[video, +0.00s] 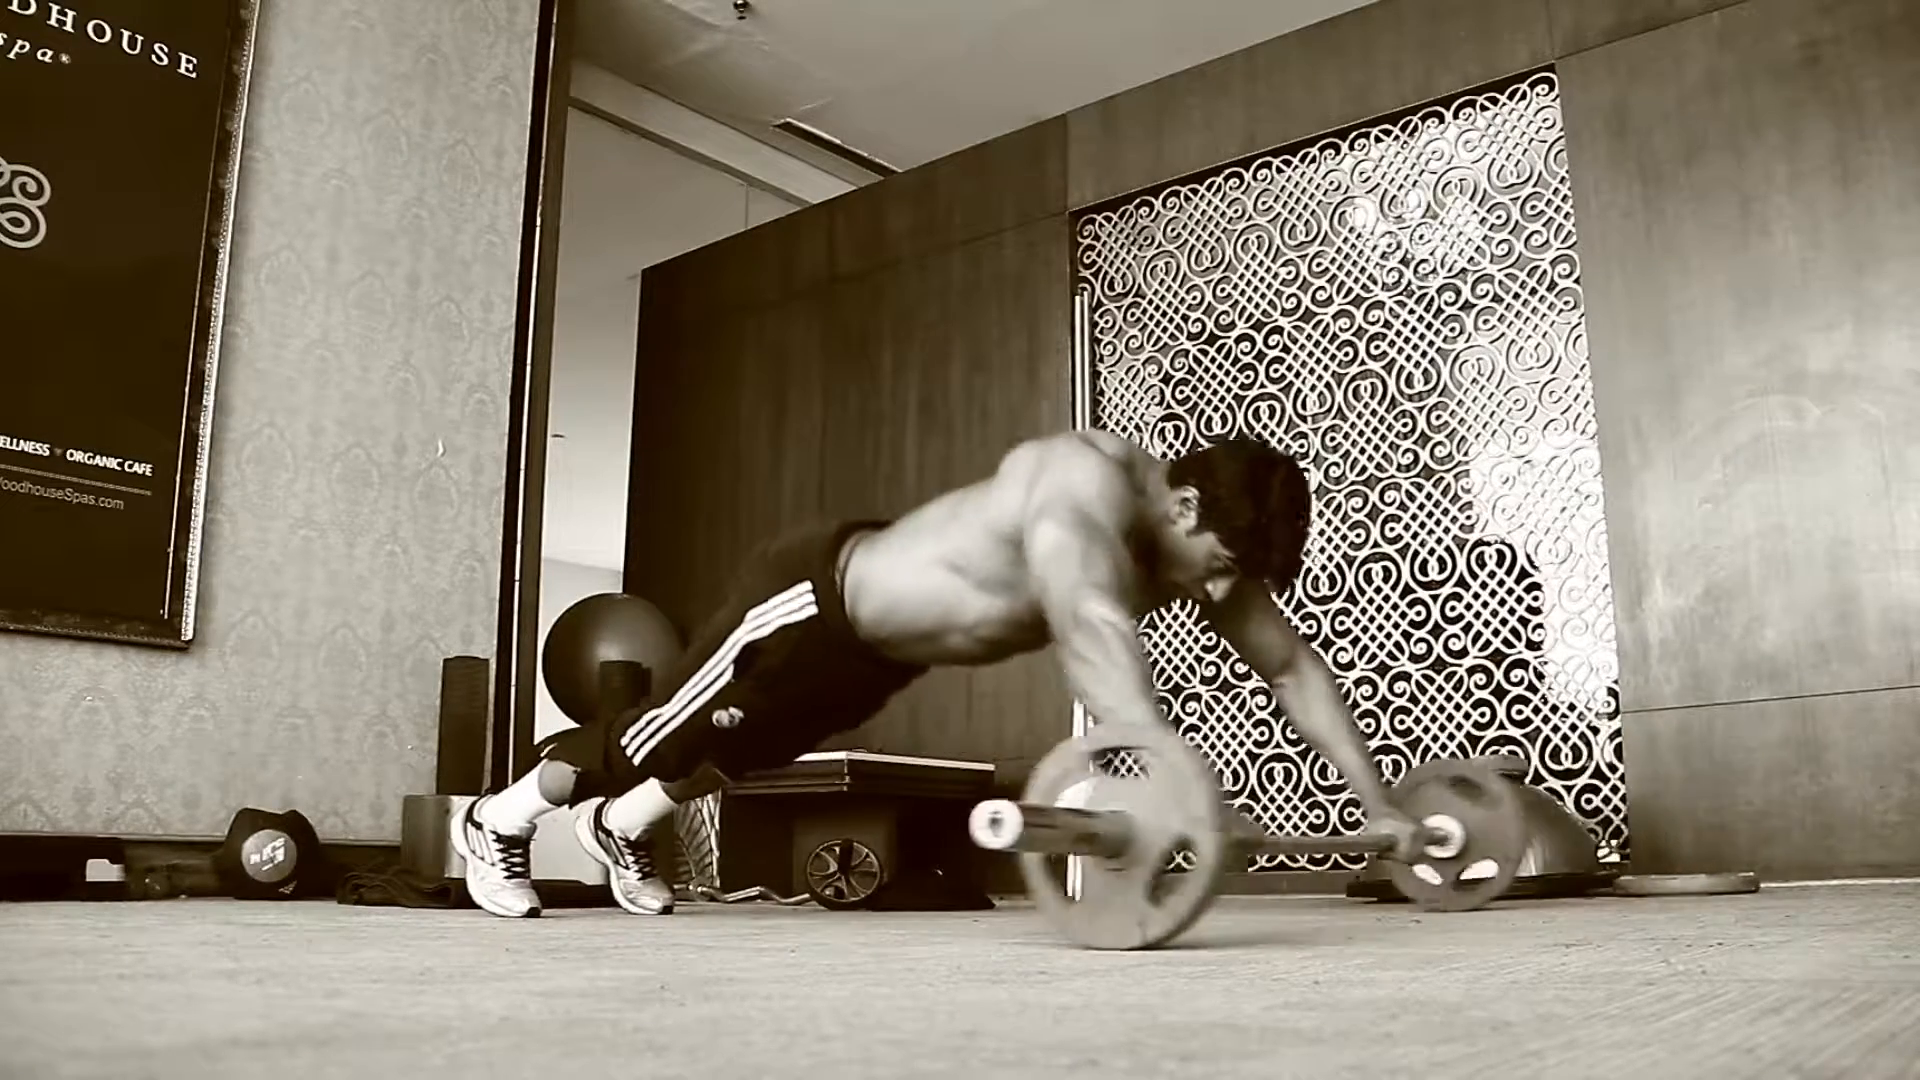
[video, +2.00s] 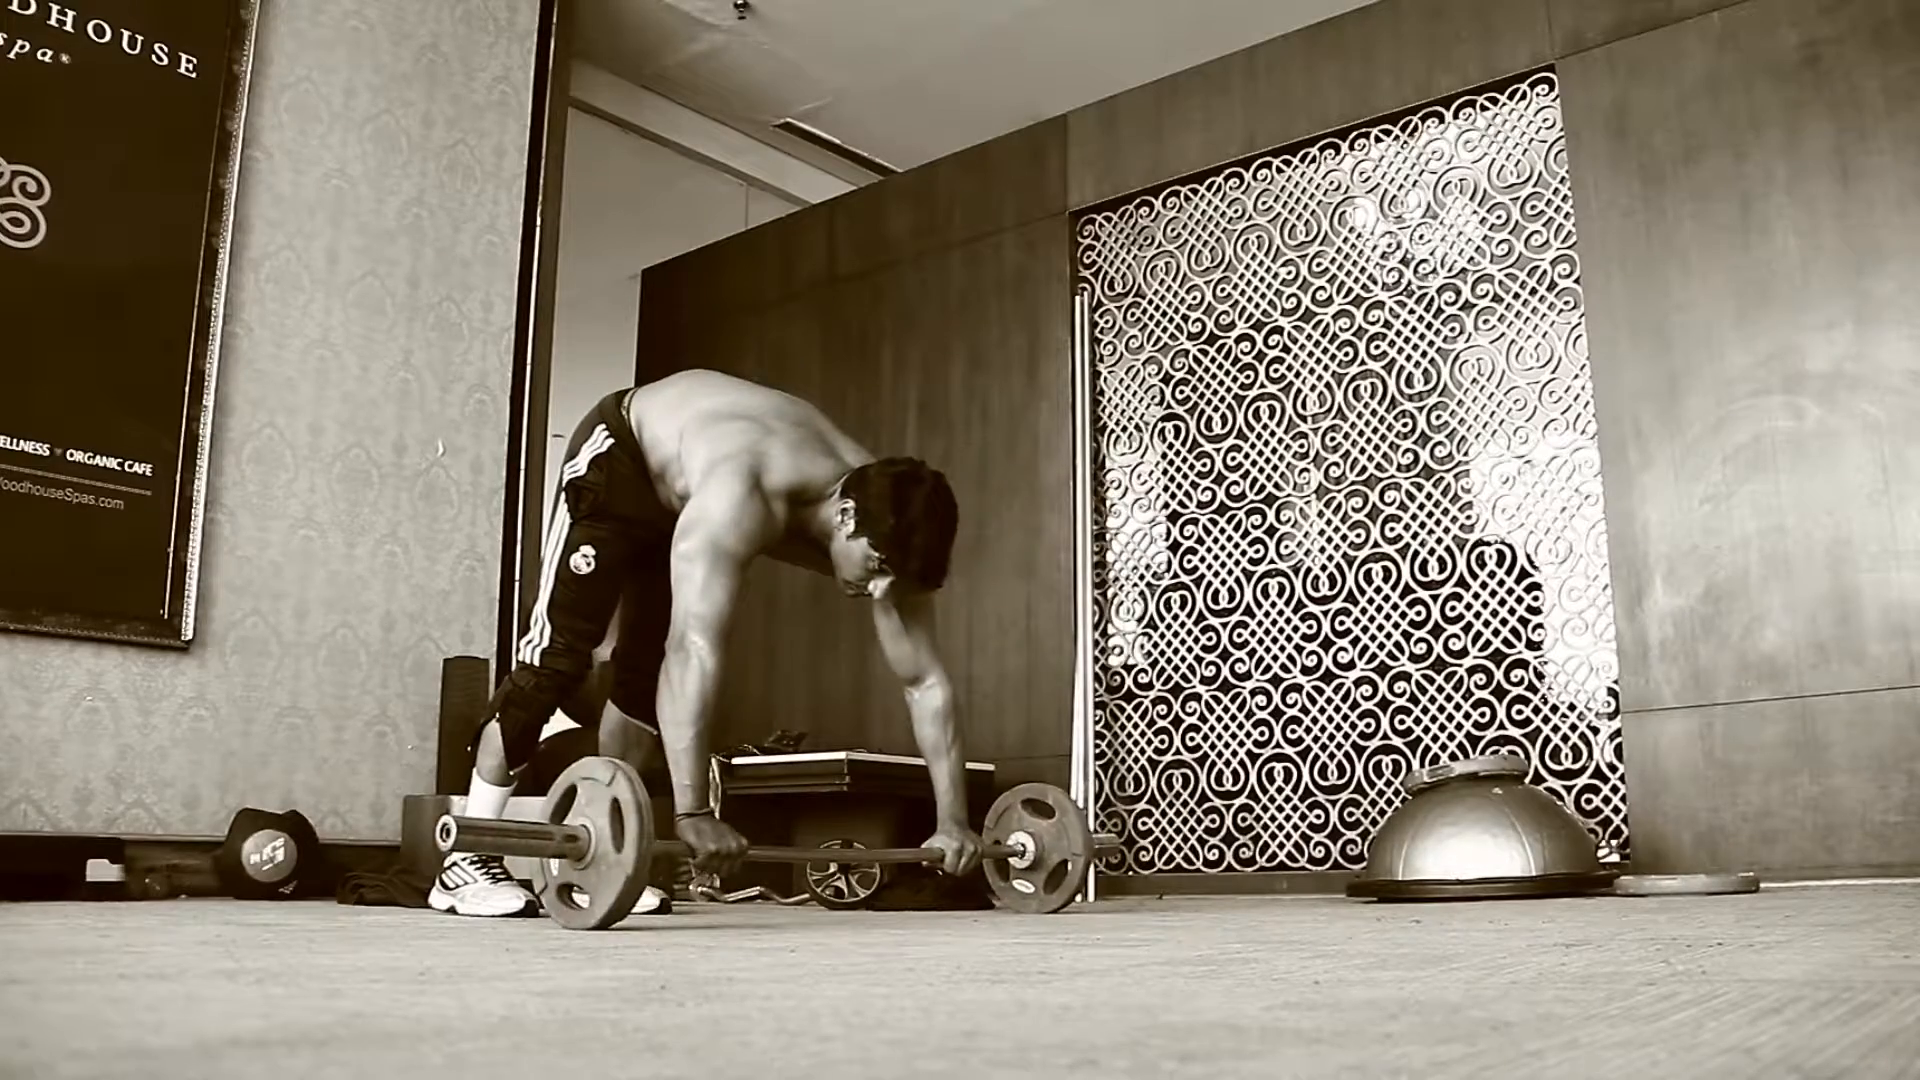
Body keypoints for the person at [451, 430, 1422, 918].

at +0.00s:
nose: (1208, 591)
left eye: (1226, 579)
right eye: (1215, 569)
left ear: (1209, 521)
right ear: (1191, 507)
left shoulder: (1177, 534)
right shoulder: (1075, 487)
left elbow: (1290, 665)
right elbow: (1086, 625)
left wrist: (1372, 793)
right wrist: (1156, 750)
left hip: (887, 645)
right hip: (823, 612)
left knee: (751, 738)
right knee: (657, 737)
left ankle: (618, 821)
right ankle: (495, 821)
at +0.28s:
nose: (1174, 551)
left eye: (1189, 541)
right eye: (1178, 529)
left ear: (1172, 498)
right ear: (1141, 473)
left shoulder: (1136, 529)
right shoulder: (1023, 461)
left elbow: (1217, 659)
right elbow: (996, 621)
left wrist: (1275, 810)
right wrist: (1043, 794)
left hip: (852, 616)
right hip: (786, 559)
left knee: (728, 729)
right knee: (643, 709)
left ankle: (611, 832)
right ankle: (489, 826)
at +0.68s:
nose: (1072, 551)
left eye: (1089, 539)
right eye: (1073, 528)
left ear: (1092, 512)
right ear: (1035, 473)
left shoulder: (1049, 502)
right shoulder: (919, 470)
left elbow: (1114, 659)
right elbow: (882, 633)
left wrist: (1148, 808)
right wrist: (911, 803)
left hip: (805, 563)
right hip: (728, 509)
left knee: (698, 705)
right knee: (608, 689)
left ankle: (607, 845)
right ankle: (478, 837)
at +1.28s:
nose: (941, 579)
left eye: (961, 569)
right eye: (940, 555)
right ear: (913, 504)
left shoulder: (942, 509)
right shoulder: (803, 480)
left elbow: (993, 671)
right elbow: (759, 639)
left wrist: (1026, 815)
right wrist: (770, 808)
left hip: (731, 512)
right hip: (652, 467)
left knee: (662, 691)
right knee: (573, 674)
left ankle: (607, 855)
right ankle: (471, 855)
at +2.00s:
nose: (871, 592)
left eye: (888, 584)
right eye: (872, 573)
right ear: (846, 517)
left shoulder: (876, 508)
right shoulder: (741, 495)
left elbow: (925, 681)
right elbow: (692, 651)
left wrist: (955, 820)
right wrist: (691, 811)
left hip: (697, 499)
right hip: (620, 455)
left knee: (644, 681)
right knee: (558, 663)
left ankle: (596, 857)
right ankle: (467, 861)